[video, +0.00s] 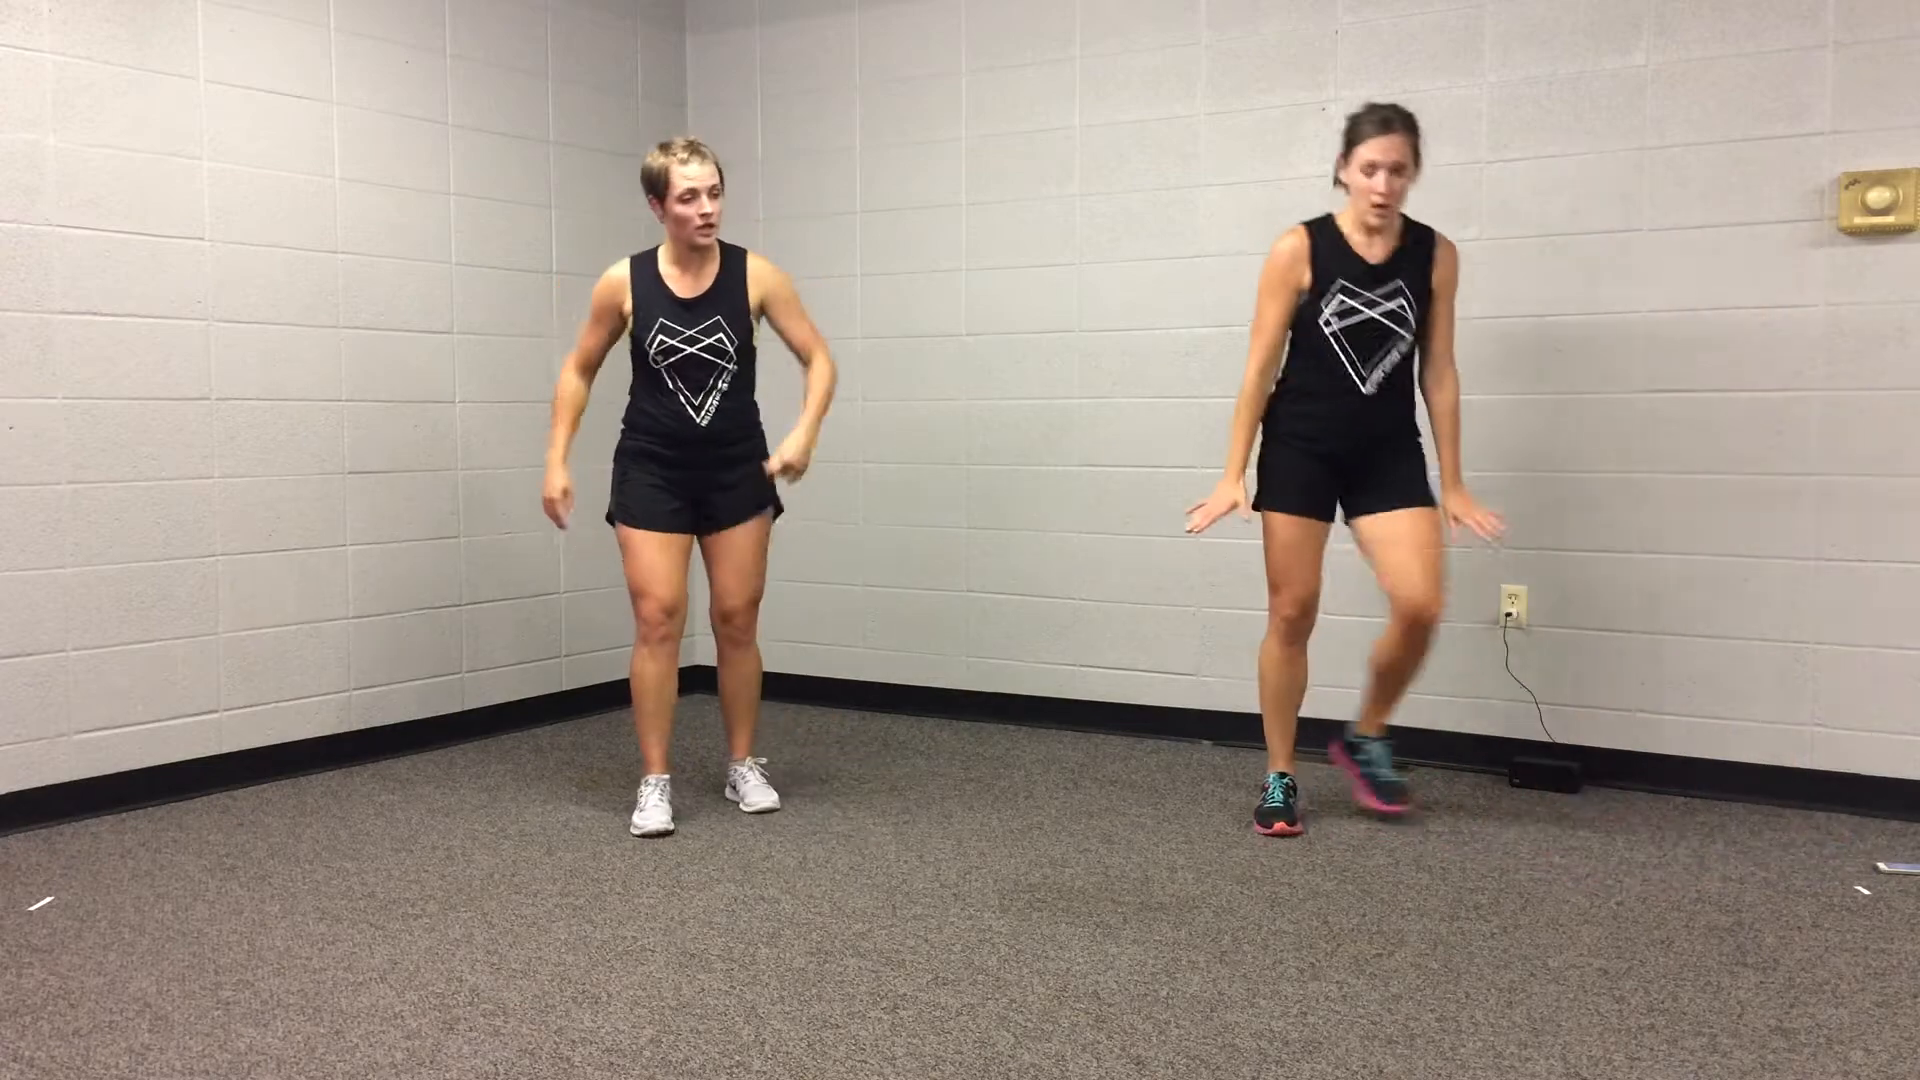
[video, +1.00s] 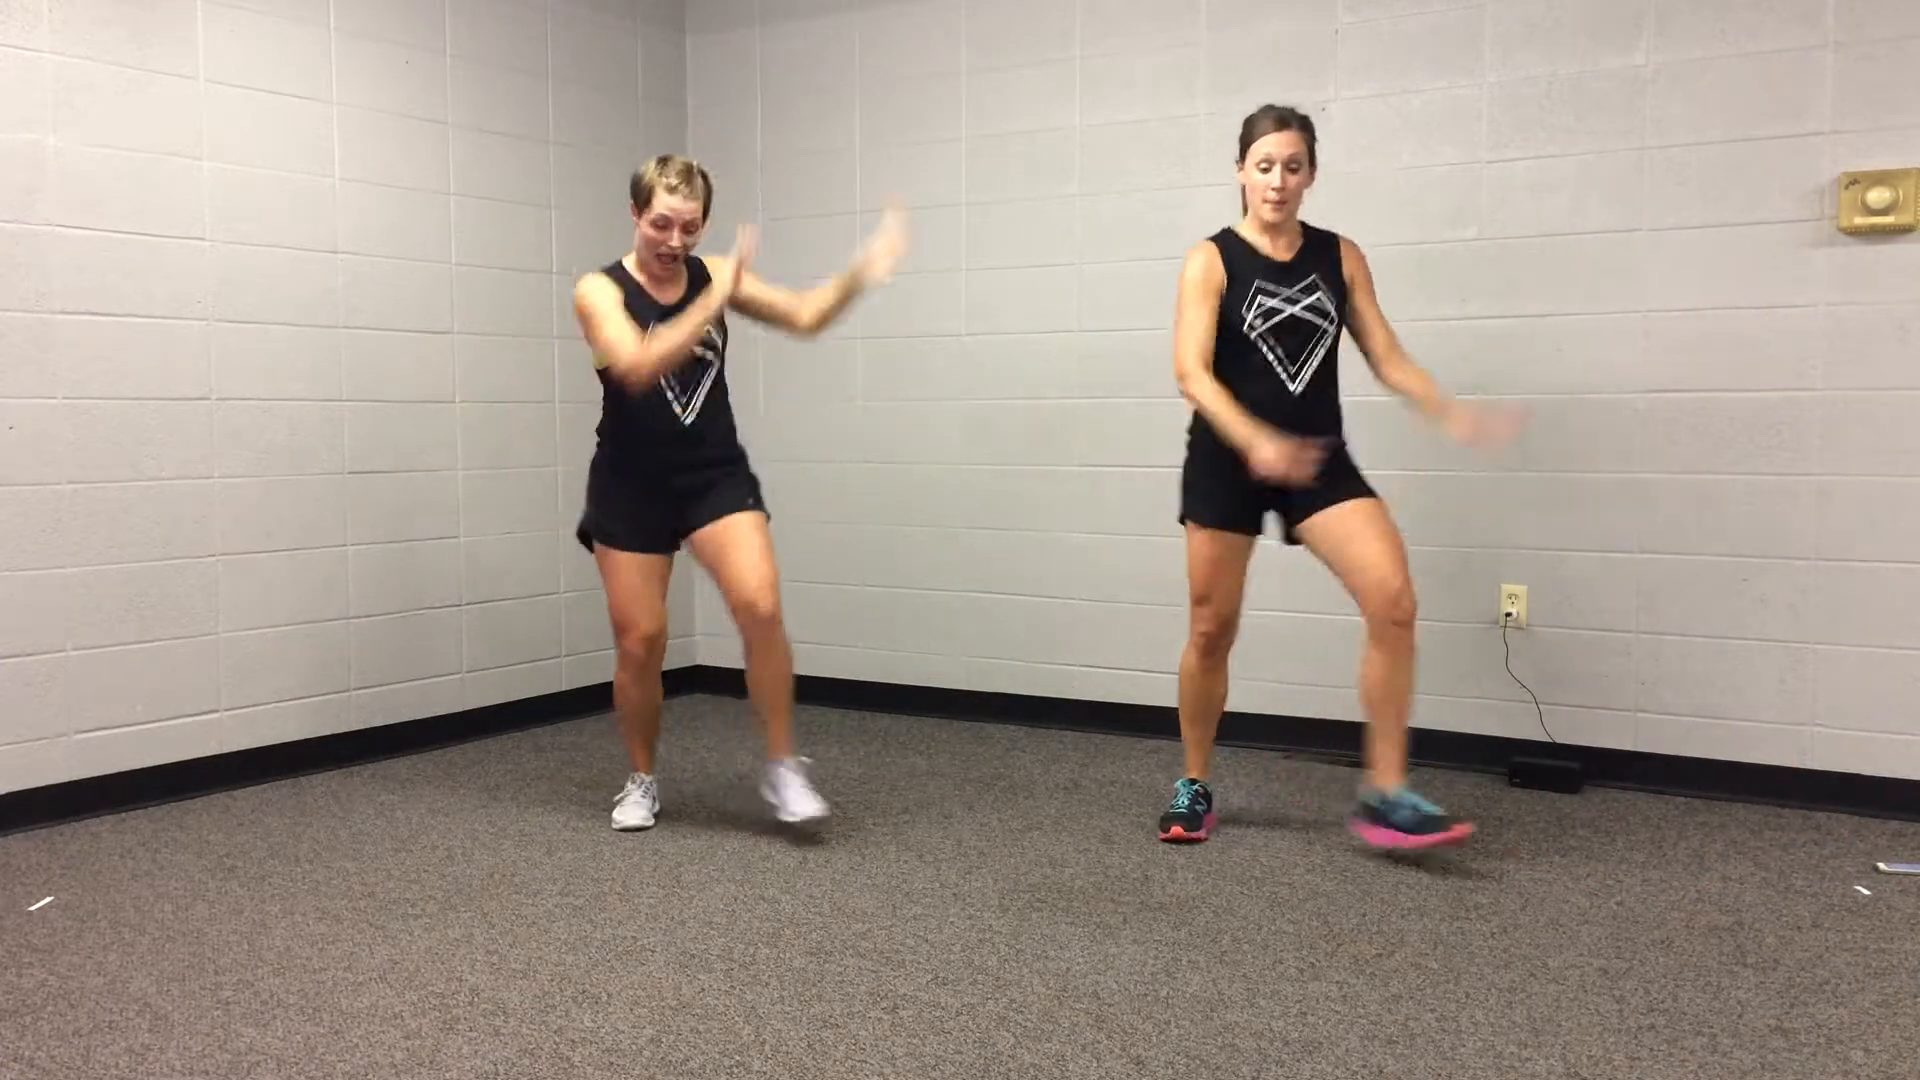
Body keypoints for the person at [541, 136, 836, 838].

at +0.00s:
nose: (707, 207)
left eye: (713, 193)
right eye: (690, 196)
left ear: (723, 197)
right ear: (659, 206)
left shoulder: (757, 277)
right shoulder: (623, 285)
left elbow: (819, 360)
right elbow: (580, 369)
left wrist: (804, 438)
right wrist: (556, 462)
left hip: (736, 470)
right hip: (652, 471)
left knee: (737, 618)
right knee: (657, 619)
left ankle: (743, 766)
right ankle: (654, 780)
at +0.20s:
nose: (715, 207)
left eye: (726, 193)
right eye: (700, 195)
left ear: (739, 201)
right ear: (674, 206)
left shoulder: (767, 279)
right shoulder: (633, 276)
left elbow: (838, 363)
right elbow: (566, 340)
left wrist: (765, 362)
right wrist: (518, 421)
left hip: (738, 472)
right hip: (654, 470)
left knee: (737, 619)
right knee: (652, 615)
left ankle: (743, 764)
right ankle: (645, 774)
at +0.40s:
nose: (708, 210)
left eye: (720, 195)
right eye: (693, 198)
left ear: (739, 205)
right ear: (673, 209)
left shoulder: (761, 285)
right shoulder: (640, 260)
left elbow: (802, 375)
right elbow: (549, 274)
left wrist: (782, 278)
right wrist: (465, 311)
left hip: (730, 469)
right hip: (646, 467)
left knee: (733, 620)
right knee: (650, 615)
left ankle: (743, 764)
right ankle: (643, 775)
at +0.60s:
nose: (707, 220)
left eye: (719, 206)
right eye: (692, 209)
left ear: (739, 213)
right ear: (674, 216)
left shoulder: (762, 290)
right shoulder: (649, 254)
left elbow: (776, 398)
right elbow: (546, 218)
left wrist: (724, 319)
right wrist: (447, 254)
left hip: (717, 470)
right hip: (635, 467)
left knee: (725, 619)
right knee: (641, 616)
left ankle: (744, 764)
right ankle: (641, 774)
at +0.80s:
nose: (689, 246)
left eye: (702, 232)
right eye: (676, 232)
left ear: (722, 235)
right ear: (657, 235)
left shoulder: (752, 313)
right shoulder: (618, 304)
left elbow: (755, 414)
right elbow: (534, 363)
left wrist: (744, 504)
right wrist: (530, 466)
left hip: (704, 493)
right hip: (621, 487)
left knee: (717, 644)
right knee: (632, 633)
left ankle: (741, 762)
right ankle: (641, 778)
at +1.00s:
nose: (674, 239)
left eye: (688, 227)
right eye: (662, 223)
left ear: (703, 225)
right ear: (635, 215)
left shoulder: (715, 275)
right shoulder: (598, 291)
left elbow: (803, 316)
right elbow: (637, 365)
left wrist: (856, 276)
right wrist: (721, 293)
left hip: (713, 476)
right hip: (631, 486)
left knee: (761, 606)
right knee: (639, 641)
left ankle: (782, 766)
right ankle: (641, 779)